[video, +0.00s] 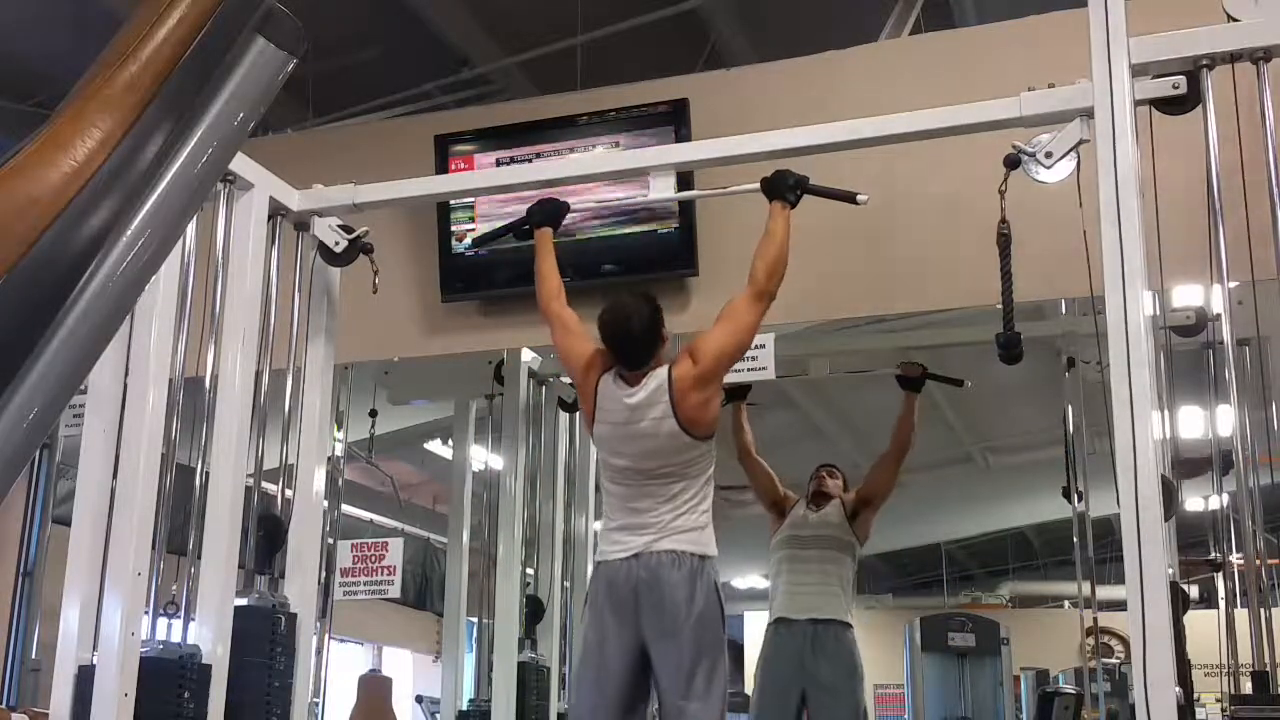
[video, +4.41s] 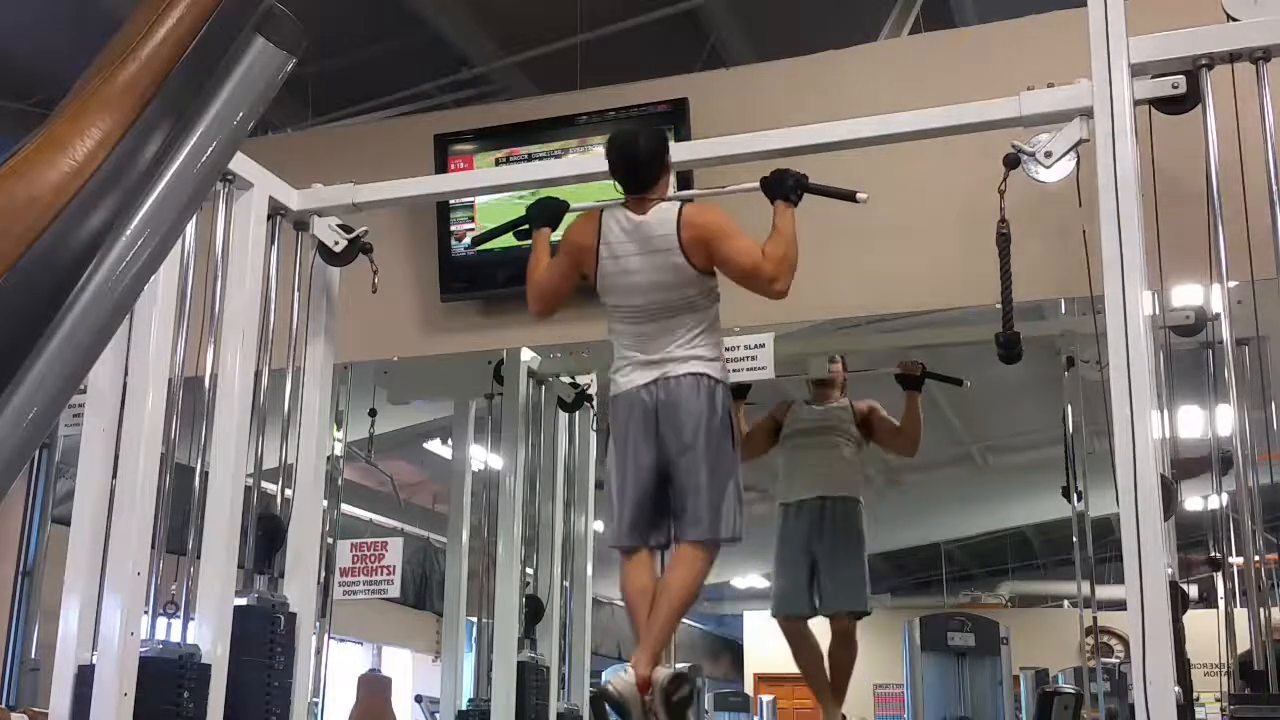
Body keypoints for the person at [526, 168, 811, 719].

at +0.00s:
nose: (664, 322)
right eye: (661, 320)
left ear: (607, 346)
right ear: (664, 336)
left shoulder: (593, 377)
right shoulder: (697, 371)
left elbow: (553, 307)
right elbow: (760, 291)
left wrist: (542, 231)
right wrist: (781, 205)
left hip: (612, 567)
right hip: (681, 565)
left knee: (599, 709)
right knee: (694, 708)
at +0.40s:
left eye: (610, 271)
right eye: (644, 266)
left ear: (602, 280)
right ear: (655, 272)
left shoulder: (585, 327)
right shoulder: (692, 312)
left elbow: (546, 301)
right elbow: (773, 288)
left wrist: (542, 234)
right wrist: (783, 207)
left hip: (613, 498)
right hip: (682, 496)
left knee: (594, 652)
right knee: (683, 650)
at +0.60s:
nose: (650, 194)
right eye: (649, 187)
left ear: (600, 205)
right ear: (653, 197)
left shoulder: (580, 258)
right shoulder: (693, 246)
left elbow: (539, 303)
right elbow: (777, 283)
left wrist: (540, 237)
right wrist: (784, 207)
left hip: (619, 430)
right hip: (687, 427)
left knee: (613, 581)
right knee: (689, 572)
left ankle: (606, 706)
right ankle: (635, 704)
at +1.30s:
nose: (661, 262)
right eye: (659, 255)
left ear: (606, 273)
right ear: (660, 266)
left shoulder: (589, 326)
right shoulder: (696, 313)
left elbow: (547, 300)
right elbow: (779, 290)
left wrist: (542, 233)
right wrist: (785, 209)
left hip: (629, 498)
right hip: (694, 491)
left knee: (643, 645)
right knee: (700, 640)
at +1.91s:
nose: (657, 188)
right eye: (656, 181)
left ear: (603, 199)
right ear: (658, 192)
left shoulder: (583, 252)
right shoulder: (695, 243)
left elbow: (543, 304)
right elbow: (779, 283)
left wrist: (542, 235)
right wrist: (784, 210)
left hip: (625, 423)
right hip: (691, 419)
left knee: (633, 562)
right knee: (699, 557)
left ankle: (650, 695)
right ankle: (638, 691)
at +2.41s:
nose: (660, 231)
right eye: (658, 226)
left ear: (607, 251)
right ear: (660, 239)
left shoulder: (588, 300)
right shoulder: (696, 289)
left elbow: (545, 300)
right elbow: (784, 287)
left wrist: (543, 234)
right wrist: (785, 207)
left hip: (626, 484)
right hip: (693, 479)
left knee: (636, 626)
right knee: (708, 617)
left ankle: (649, 718)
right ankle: (659, 716)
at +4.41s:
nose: (664, 160)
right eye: (665, 152)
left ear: (613, 175)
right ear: (667, 164)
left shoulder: (589, 230)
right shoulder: (699, 222)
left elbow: (541, 301)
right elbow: (775, 278)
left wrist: (540, 233)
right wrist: (785, 207)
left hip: (631, 397)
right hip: (694, 390)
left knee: (635, 541)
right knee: (698, 535)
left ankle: (656, 671)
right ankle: (640, 669)